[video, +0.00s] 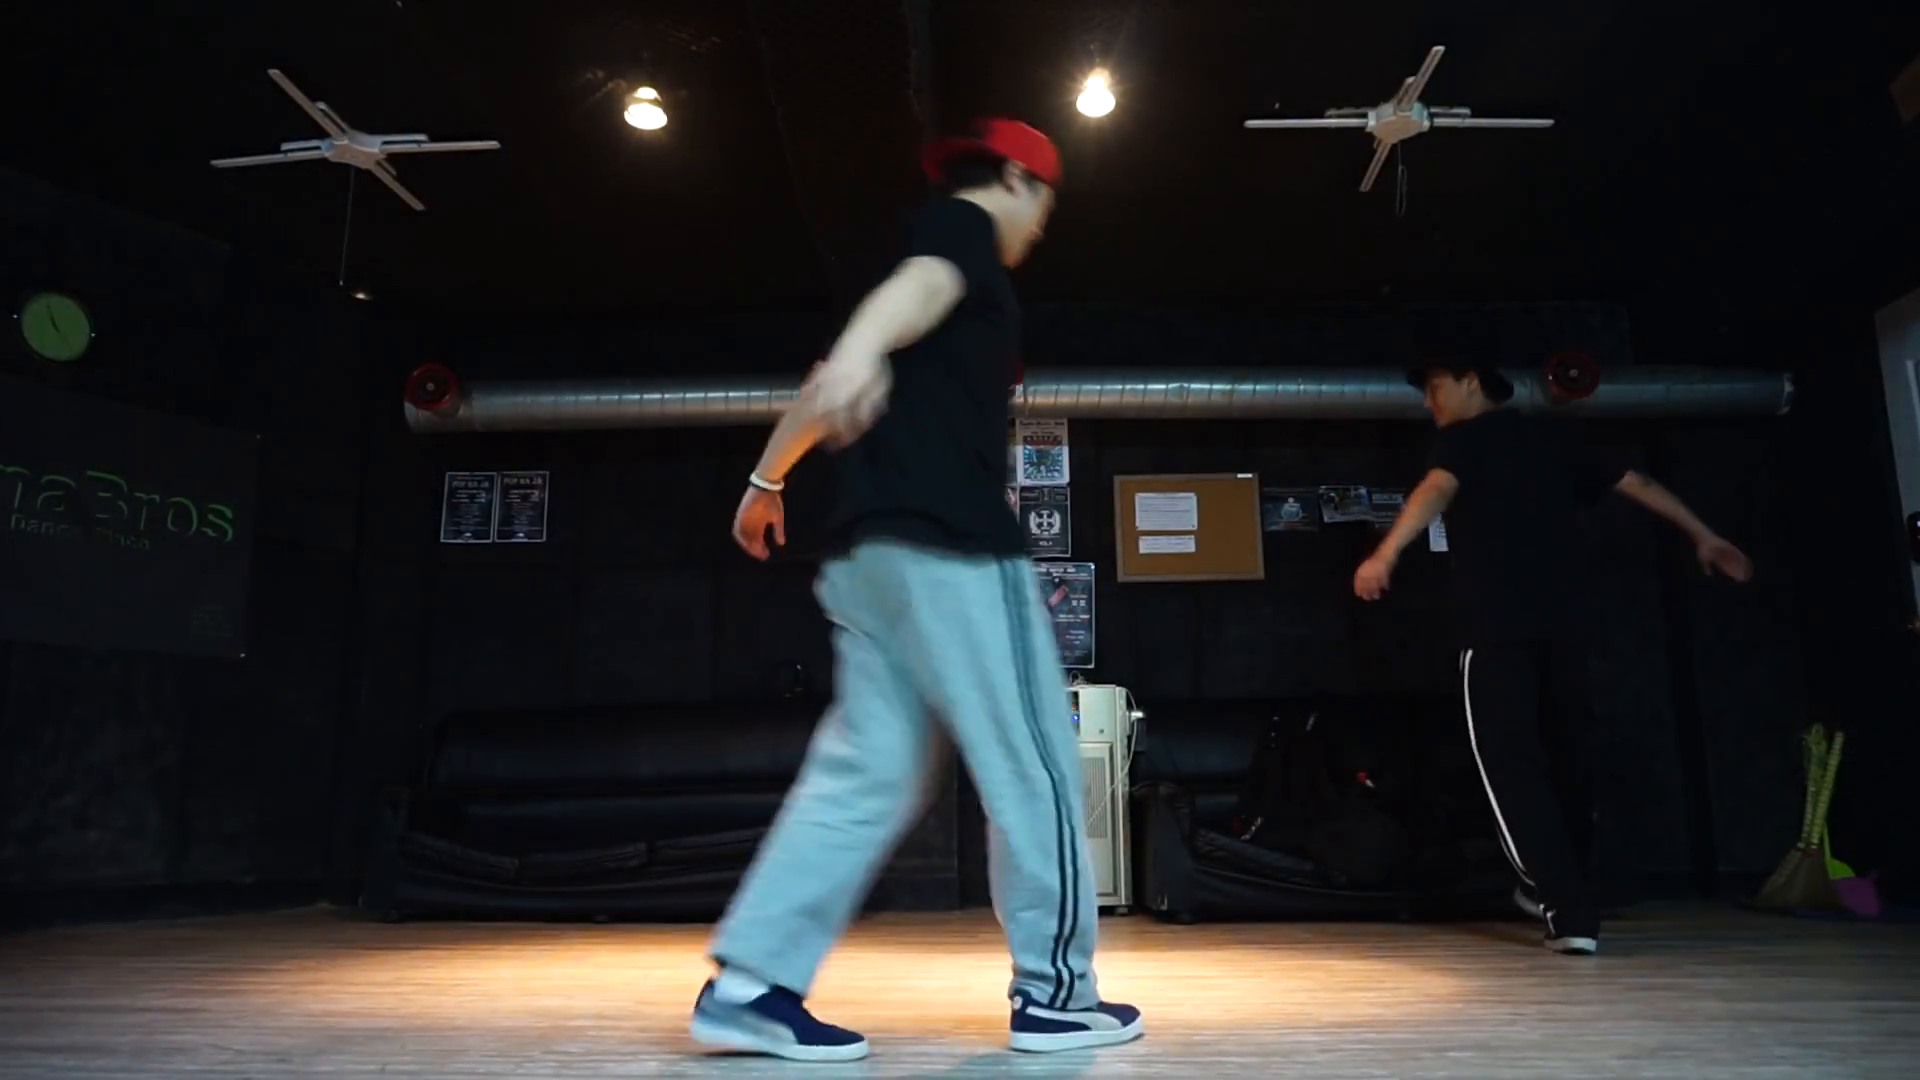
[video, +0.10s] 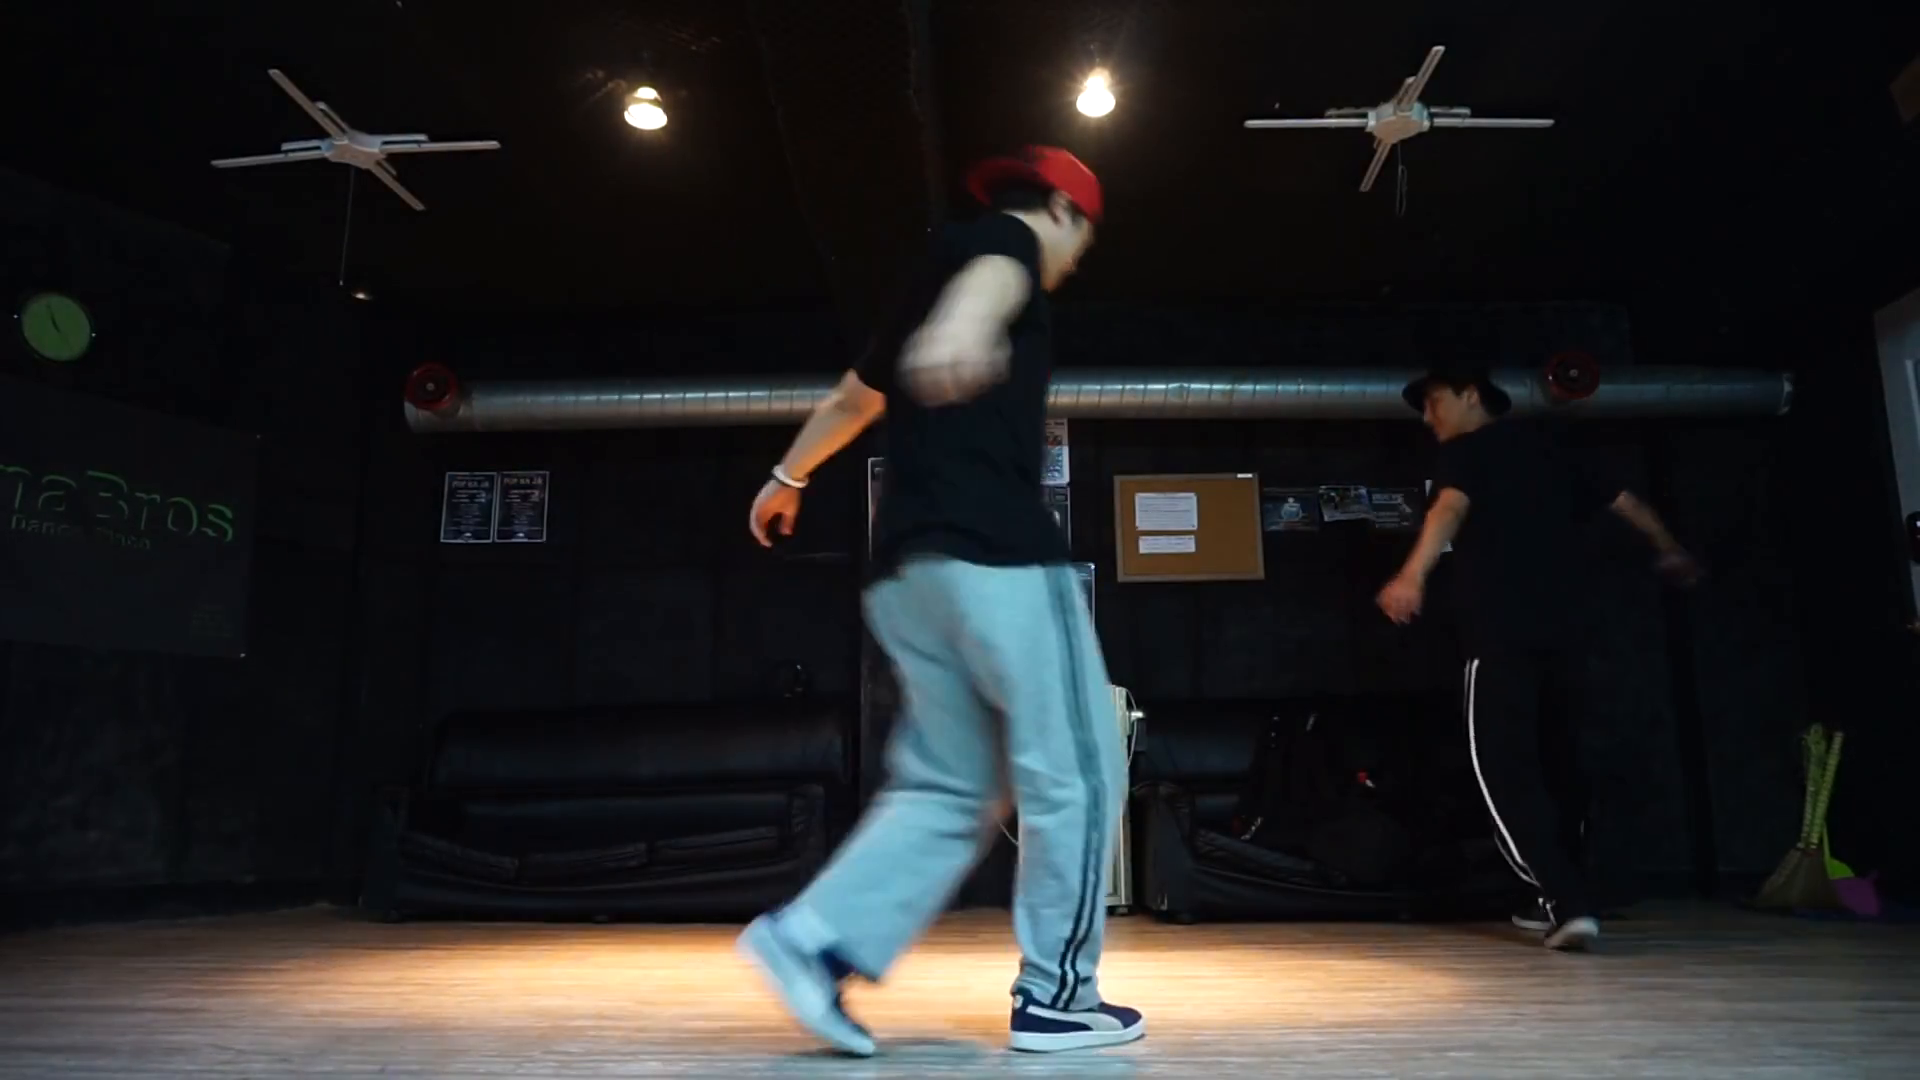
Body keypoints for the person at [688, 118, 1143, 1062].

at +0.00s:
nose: (1038, 223)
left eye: (1043, 205)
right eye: (1039, 202)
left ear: (974, 181)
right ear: (1011, 181)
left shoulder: (927, 257)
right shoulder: (965, 229)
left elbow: (831, 382)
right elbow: (907, 294)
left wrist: (767, 478)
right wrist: (861, 353)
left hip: (872, 555)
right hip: (956, 554)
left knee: (869, 771)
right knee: (1035, 767)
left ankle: (750, 988)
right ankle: (1055, 994)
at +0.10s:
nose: (1080, 252)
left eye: (1084, 237)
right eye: (1081, 232)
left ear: (1003, 204)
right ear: (1055, 208)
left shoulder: (938, 275)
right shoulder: (1013, 252)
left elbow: (858, 395)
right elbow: (974, 303)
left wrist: (789, 475)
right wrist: (960, 340)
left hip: (912, 575)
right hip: (1004, 569)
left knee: (949, 787)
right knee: (1073, 777)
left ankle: (810, 944)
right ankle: (1057, 999)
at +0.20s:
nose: (1100, 258)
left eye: (1102, 248)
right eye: (1099, 246)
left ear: (1019, 219)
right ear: (1078, 228)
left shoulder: (945, 296)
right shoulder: (1043, 257)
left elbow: (885, 417)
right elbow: (1095, 320)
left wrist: (821, 497)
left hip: (943, 580)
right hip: (1036, 569)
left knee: (1008, 772)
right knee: (1106, 782)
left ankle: (903, 901)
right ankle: (1057, 1000)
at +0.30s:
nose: (1106, 256)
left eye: (1102, 245)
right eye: (1104, 244)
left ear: (1016, 228)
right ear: (1086, 229)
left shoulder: (952, 299)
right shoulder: (1073, 264)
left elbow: (929, 430)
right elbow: (1168, 324)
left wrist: (911, 538)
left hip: (962, 570)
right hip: (1058, 561)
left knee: (1033, 754)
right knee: (1112, 778)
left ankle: (986, 897)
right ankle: (1057, 998)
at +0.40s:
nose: (1103, 245)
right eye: (1102, 233)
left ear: (1011, 228)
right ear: (1091, 222)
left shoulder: (962, 288)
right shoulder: (1099, 262)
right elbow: (1209, 361)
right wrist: (1344, 442)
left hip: (980, 564)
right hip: (1077, 549)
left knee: (1051, 754)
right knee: (1114, 767)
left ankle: (1059, 965)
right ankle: (1059, 996)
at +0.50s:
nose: (1097, 231)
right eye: (1096, 220)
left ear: (1015, 229)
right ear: (1094, 219)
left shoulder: (977, 286)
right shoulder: (1117, 261)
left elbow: (1008, 414)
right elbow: (1196, 391)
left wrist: (1109, 474)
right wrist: (1255, 459)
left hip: (995, 556)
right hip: (1095, 539)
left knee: (1084, 760)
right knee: (1091, 766)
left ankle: (1129, 960)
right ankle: (1054, 996)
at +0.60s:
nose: (1096, 247)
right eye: (1098, 235)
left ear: (1021, 250)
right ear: (1097, 235)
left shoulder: (987, 305)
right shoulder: (1136, 277)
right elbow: (1161, 418)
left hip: (1011, 550)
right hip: (1117, 533)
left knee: (1087, 763)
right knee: (1094, 763)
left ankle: (1140, 961)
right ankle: (1049, 987)